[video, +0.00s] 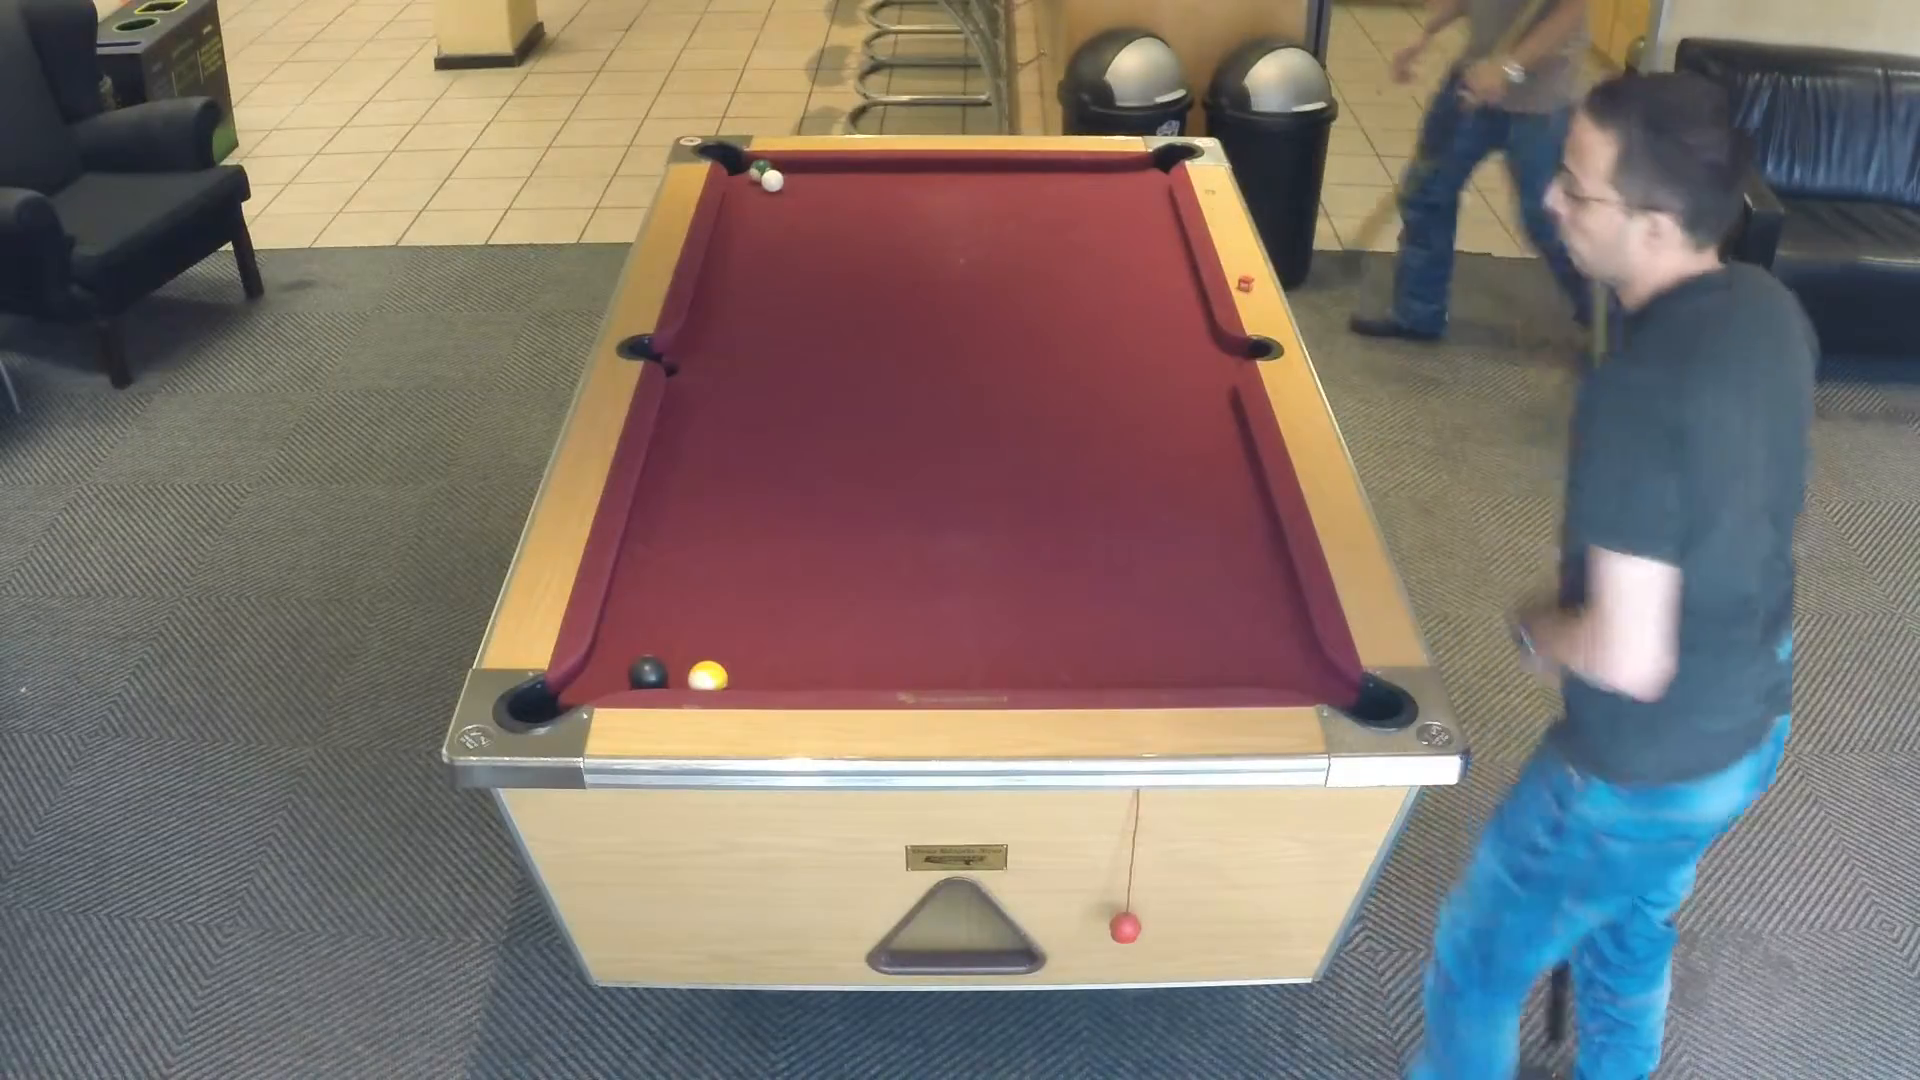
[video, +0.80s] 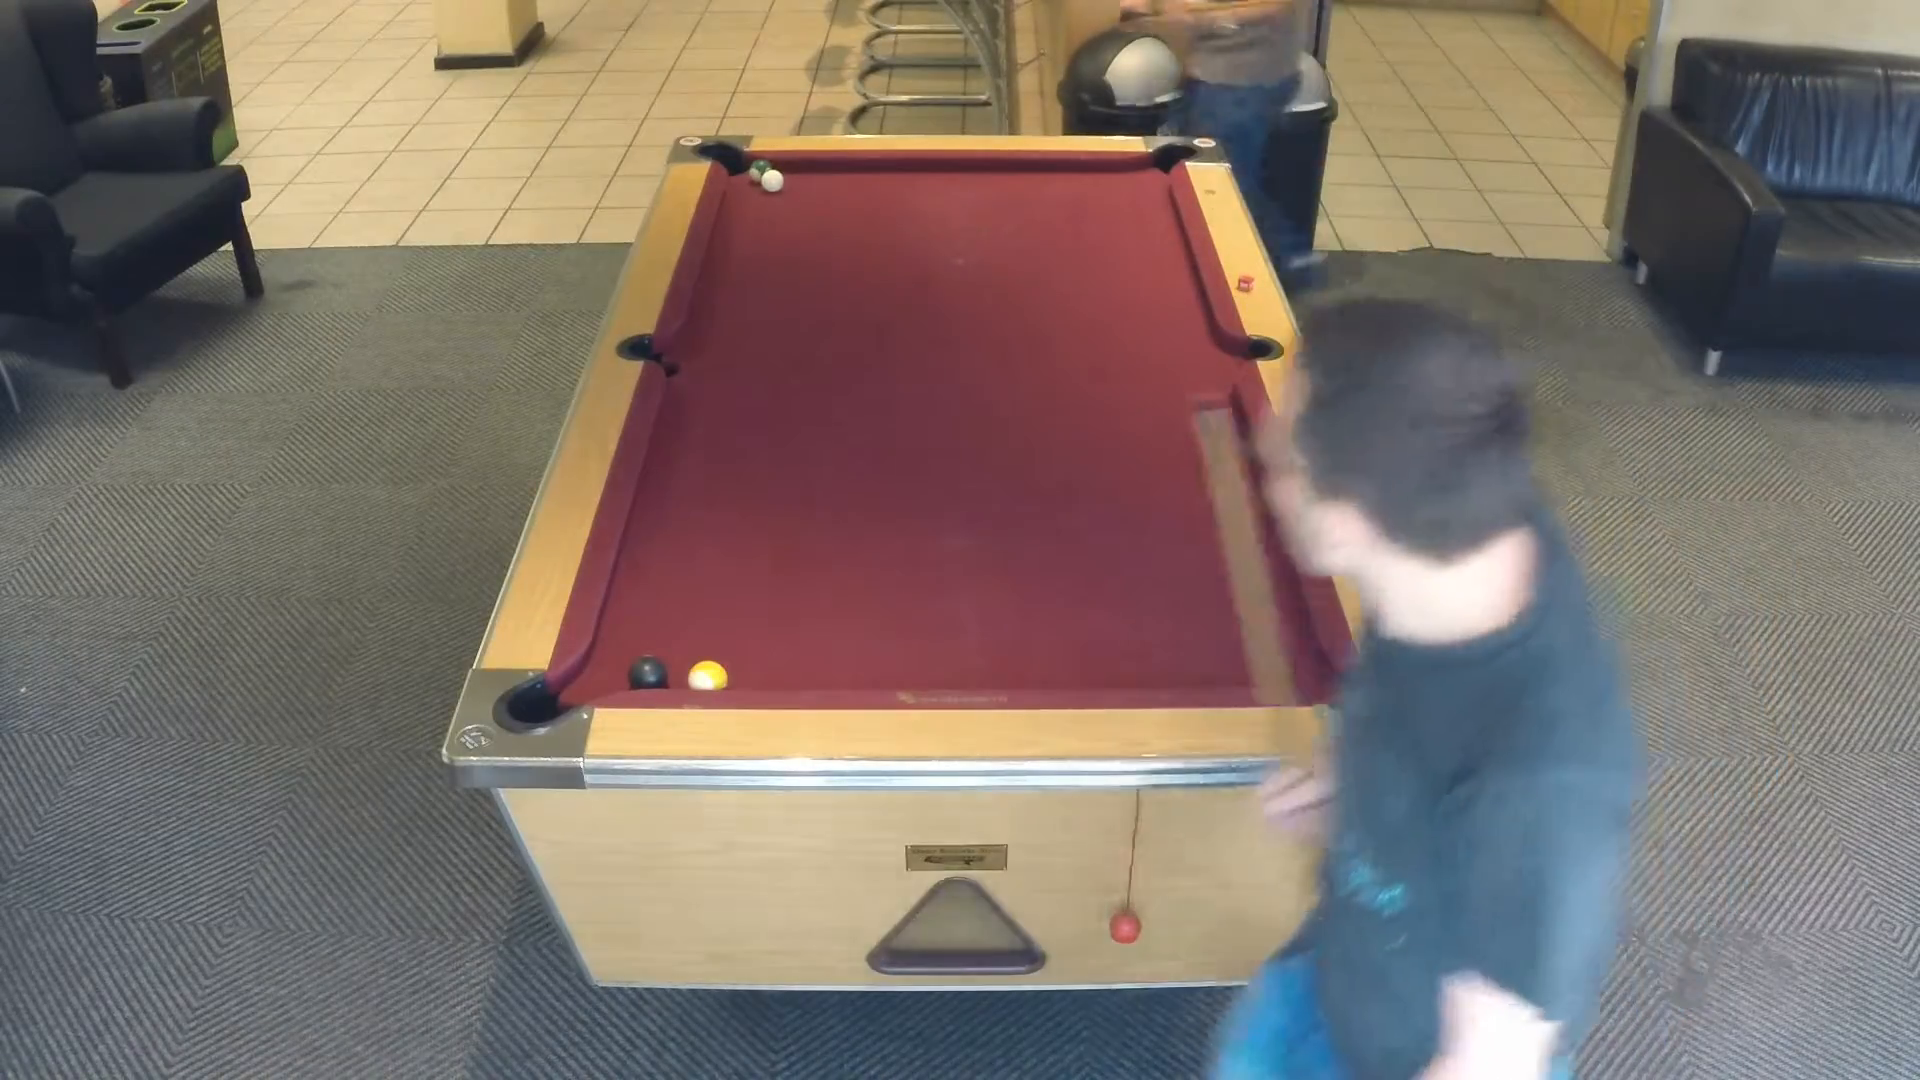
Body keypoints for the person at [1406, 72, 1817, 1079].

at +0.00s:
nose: (1551, 202)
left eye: (1577, 192)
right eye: (1561, 180)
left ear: (1656, 227)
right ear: (1676, 227)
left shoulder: (1635, 393)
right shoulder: (1771, 312)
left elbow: (1632, 661)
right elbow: (1757, 510)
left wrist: (1539, 622)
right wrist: (1611, 589)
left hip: (1634, 773)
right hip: (1741, 724)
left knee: (1477, 967)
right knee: (1629, 946)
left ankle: (1454, 1069)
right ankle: (1615, 1068)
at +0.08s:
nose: (1556, 222)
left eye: (1581, 213)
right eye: (1566, 200)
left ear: (1664, 247)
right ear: (1686, 249)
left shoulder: (1648, 422)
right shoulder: (1769, 321)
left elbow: (1677, 694)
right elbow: (1792, 511)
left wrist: (1560, 704)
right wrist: (1620, 561)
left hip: (1640, 793)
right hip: (1738, 750)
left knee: (1486, 993)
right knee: (1628, 960)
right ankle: (1614, 1067)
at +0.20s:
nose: (1544, 256)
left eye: (1571, 248)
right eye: (1556, 231)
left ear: (1660, 289)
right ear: (1674, 286)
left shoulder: (1677, 467)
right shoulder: (1752, 342)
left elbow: (1717, 760)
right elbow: (1788, 510)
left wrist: (1563, 840)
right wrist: (1613, 581)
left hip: (1652, 808)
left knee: (1521, 1044)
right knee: (1621, 1002)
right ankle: (1617, 1065)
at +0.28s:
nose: (1527, 294)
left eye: (1555, 288)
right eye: (1540, 271)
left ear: (1642, 324)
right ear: (1652, 319)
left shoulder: (1687, 527)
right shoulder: (1731, 371)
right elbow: (1783, 503)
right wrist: (1606, 611)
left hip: (1636, 848)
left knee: (1552, 1048)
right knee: (1602, 1009)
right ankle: (1609, 1059)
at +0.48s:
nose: (1459, 397)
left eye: (1476, 395)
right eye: (1469, 382)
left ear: (1552, 441)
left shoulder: (1673, 681)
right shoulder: (1648, 453)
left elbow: (1617, 931)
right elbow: (1727, 519)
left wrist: (1512, 1066)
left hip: (1588, 985)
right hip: (1520, 883)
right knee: (1475, 1028)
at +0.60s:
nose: (1405, 426)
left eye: (1417, 416)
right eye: (1412, 410)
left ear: (1489, 471)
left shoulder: (1650, 720)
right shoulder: (1599, 494)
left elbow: (1619, 998)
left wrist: (1471, 1073)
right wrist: (1481, 726)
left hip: (1541, 1027)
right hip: (1457, 912)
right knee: (1361, 1051)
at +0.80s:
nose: (1269, 479)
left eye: (1284, 465)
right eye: (1279, 459)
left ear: (1351, 518)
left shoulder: (1540, 768)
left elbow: (1496, 1051)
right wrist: (1359, 773)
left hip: (1416, 1053)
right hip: (1338, 960)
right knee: (1242, 1052)